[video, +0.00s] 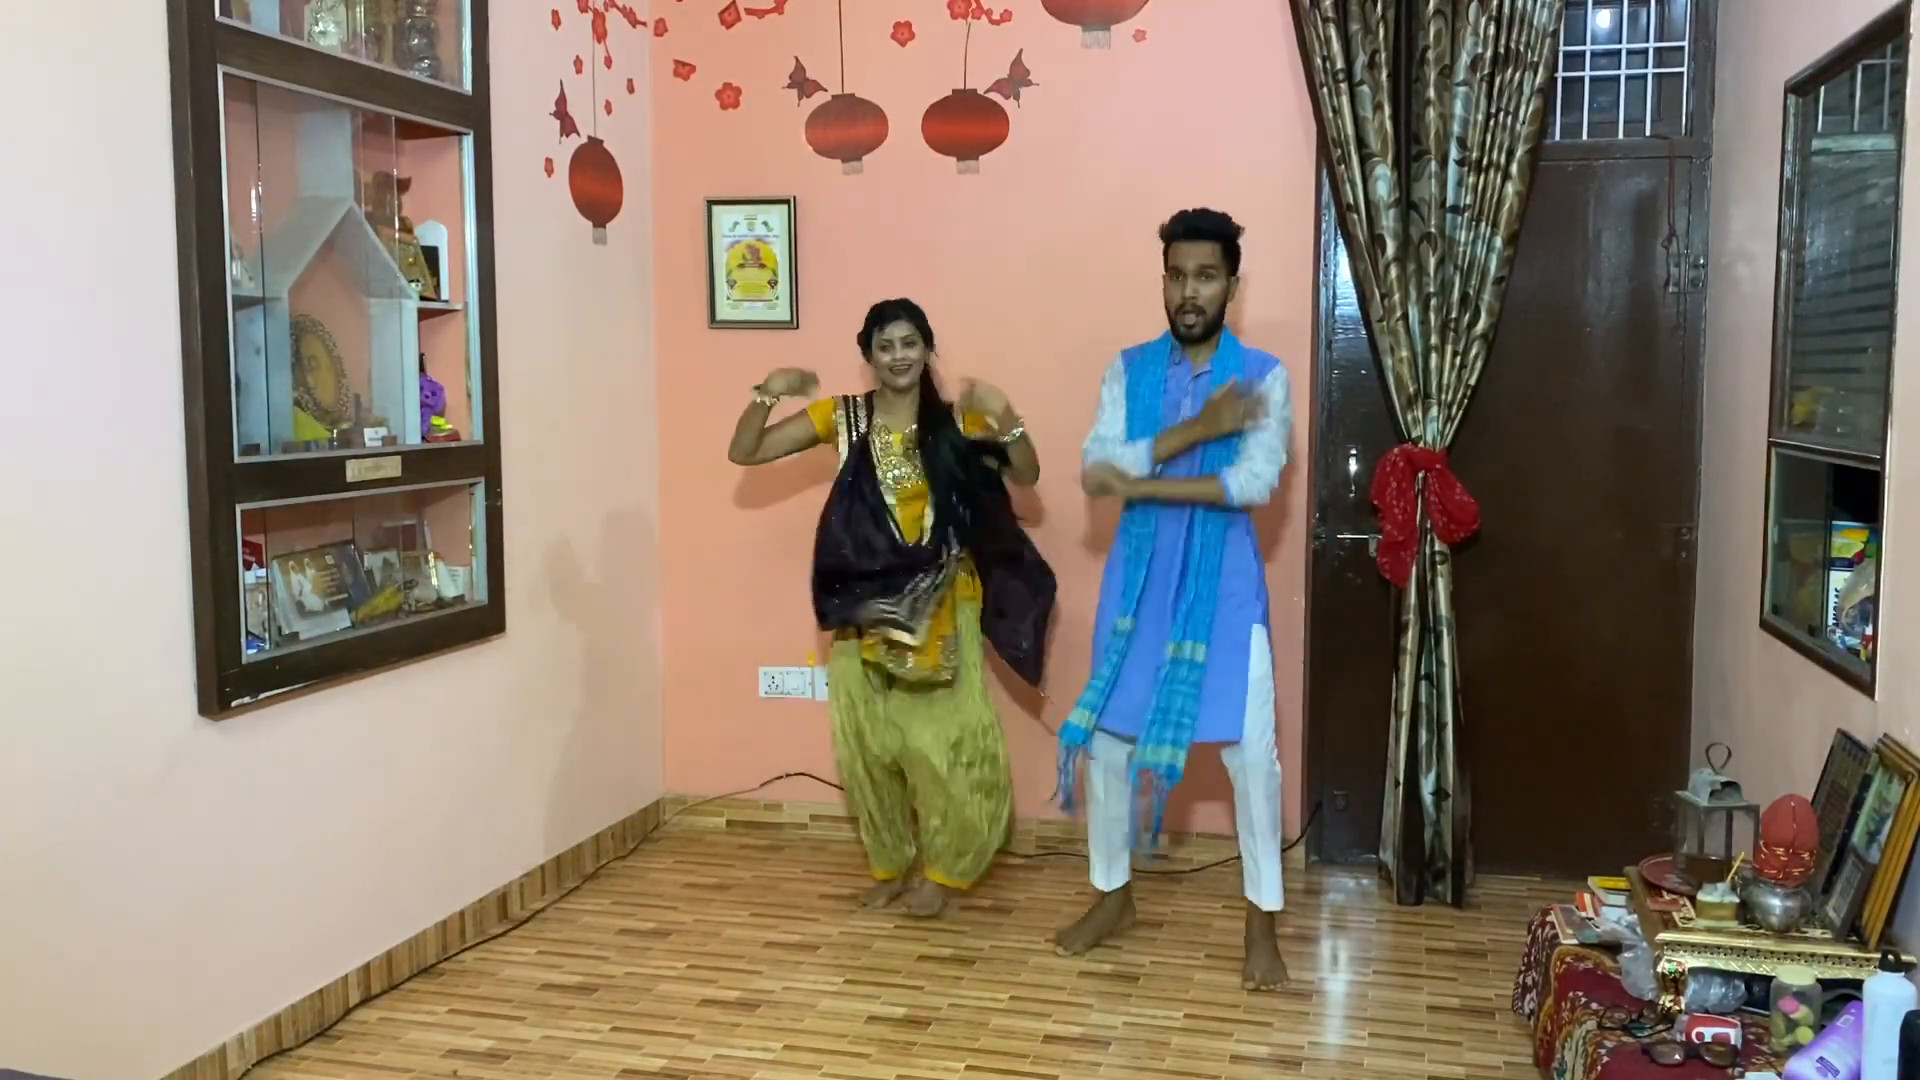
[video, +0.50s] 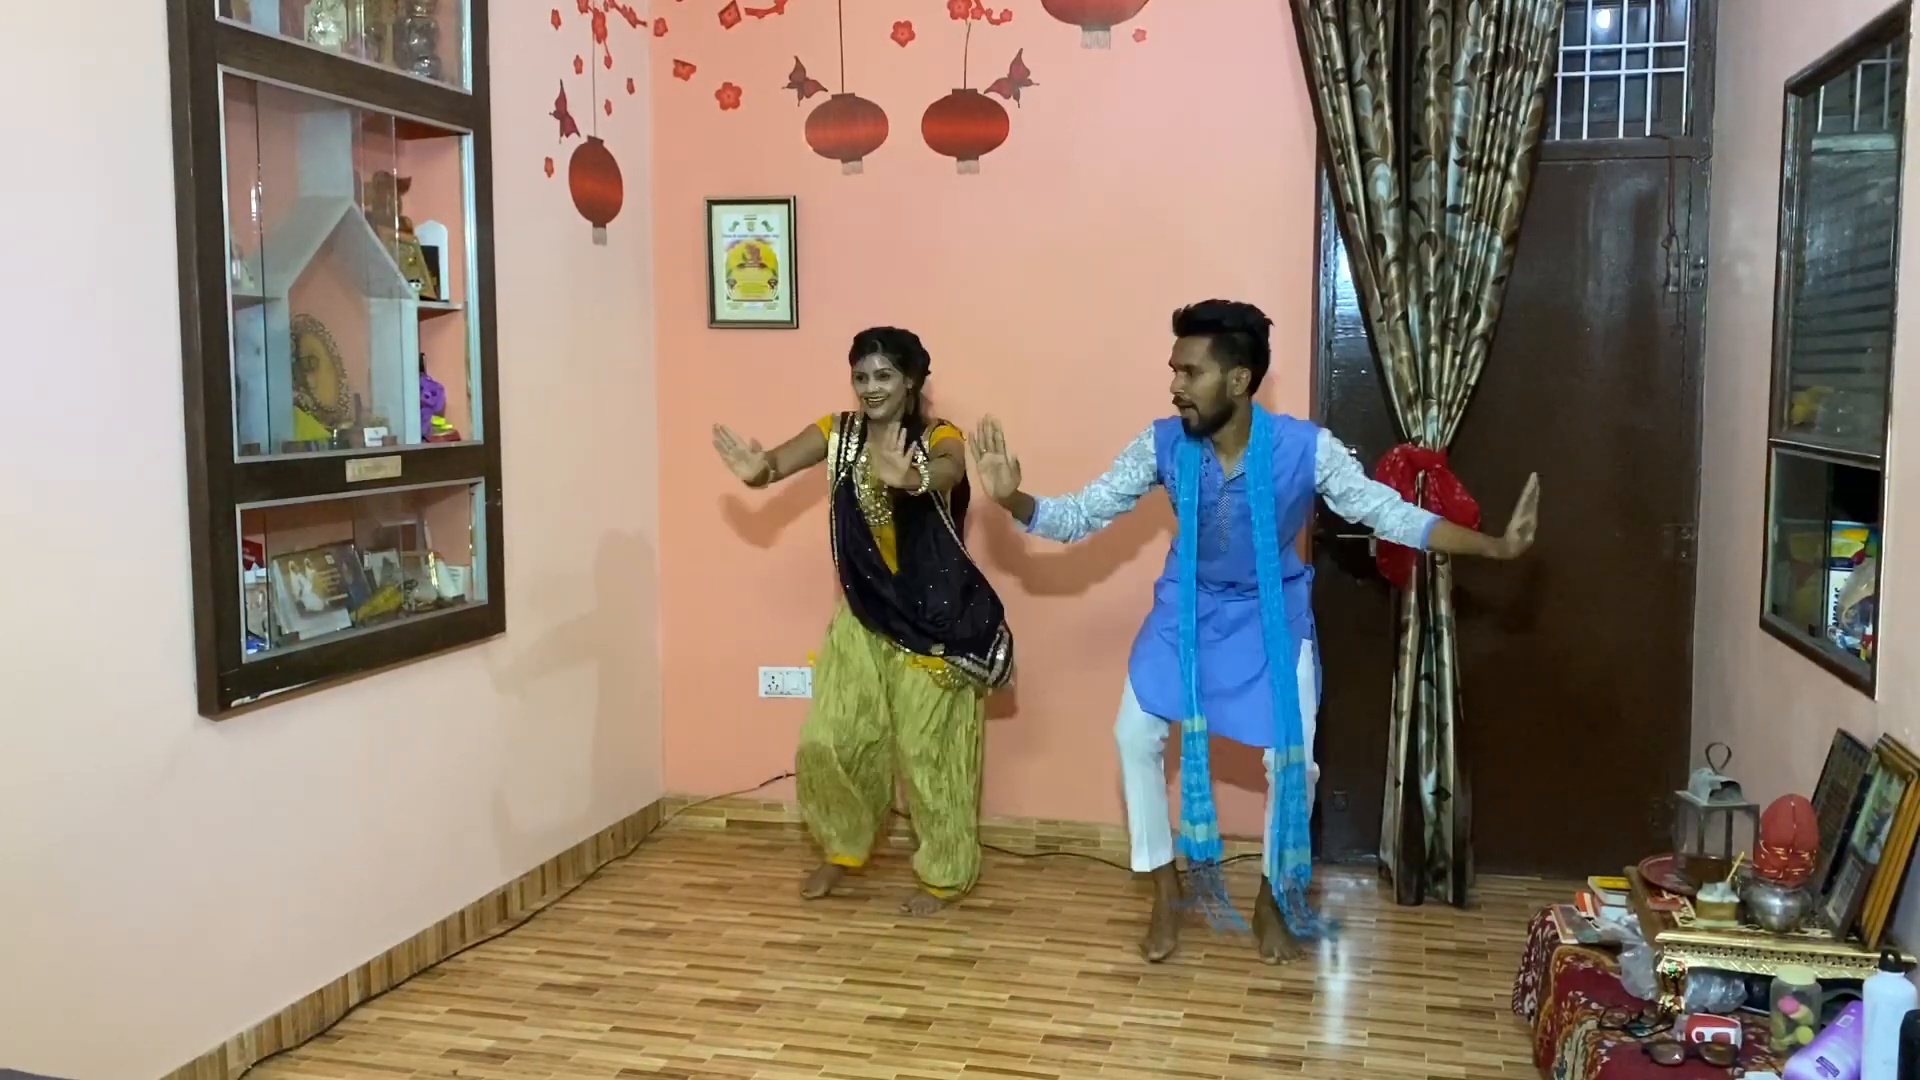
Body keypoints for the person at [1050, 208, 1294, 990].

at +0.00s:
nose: (1190, 291)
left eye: (1206, 276)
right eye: (1177, 275)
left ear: (1233, 284)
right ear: (1161, 282)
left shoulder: (1262, 375)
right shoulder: (1130, 369)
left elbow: (1252, 483)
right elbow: (1096, 471)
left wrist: (1136, 486)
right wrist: (1200, 428)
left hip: (1226, 585)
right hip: (1141, 583)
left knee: (1250, 747)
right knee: (1108, 738)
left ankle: (1262, 917)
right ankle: (1111, 893)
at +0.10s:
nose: (1199, 273)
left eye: (1215, 258)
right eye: (1185, 259)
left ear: (1241, 267)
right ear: (1167, 266)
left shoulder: (1267, 355)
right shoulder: (1137, 350)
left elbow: (1246, 453)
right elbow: (1111, 454)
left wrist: (1133, 434)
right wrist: (1222, 409)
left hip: (1234, 558)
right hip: (1150, 553)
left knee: (1248, 722)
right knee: (1111, 711)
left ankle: (1254, 905)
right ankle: (1135, 867)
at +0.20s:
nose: (1196, 305)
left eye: (1212, 289)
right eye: (1184, 290)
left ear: (1240, 296)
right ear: (1169, 296)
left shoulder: (1271, 378)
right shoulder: (1143, 373)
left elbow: (1275, 483)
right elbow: (1114, 475)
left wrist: (1189, 479)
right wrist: (1187, 457)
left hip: (1242, 582)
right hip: (1154, 580)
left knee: (1249, 750)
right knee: (1138, 735)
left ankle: (1241, 907)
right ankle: (1170, 890)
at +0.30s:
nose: (1192, 350)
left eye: (1209, 335)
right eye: (1181, 335)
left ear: (1241, 339)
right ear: (1169, 339)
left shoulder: (1280, 417)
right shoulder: (1145, 414)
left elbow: (1320, 501)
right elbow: (1085, 517)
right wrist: (1106, 486)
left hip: (1252, 598)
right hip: (1162, 601)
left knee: (1297, 749)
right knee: (1162, 760)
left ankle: (1254, 895)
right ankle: (1179, 913)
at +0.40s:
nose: (1184, 380)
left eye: (1201, 365)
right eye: (1176, 365)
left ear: (1242, 367)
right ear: (1170, 365)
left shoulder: (1291, 438)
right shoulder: (1151, 438)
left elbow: (1353, 508)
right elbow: (1078, 521)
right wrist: (1045, 505)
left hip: (1262, 606)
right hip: (1172, 607)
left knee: (1295, 756)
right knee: (1153, 751)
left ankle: (1281, 887)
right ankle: (1173, 909)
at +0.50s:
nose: (1175, 384)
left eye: (1190, 372)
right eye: (1174, 369)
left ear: (1242, 379)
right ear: (1182, 375)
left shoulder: (1303, 447)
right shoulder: (1165, 445)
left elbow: (1388, 513)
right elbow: (1083, 513)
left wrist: (1497, 546)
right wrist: (1016, 501)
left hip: (1276, 610)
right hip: (1187, 608)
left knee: (1293, 754)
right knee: (1136, 732)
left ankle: (1277, 899)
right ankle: (1162, 889)